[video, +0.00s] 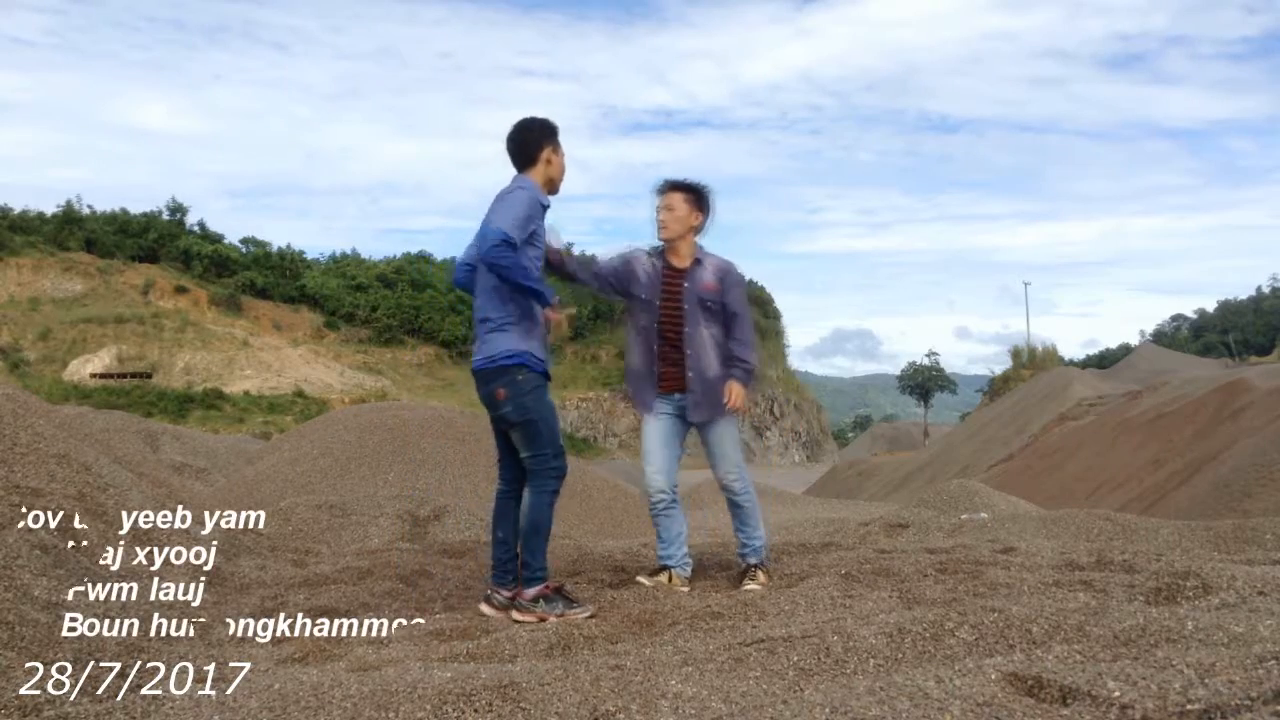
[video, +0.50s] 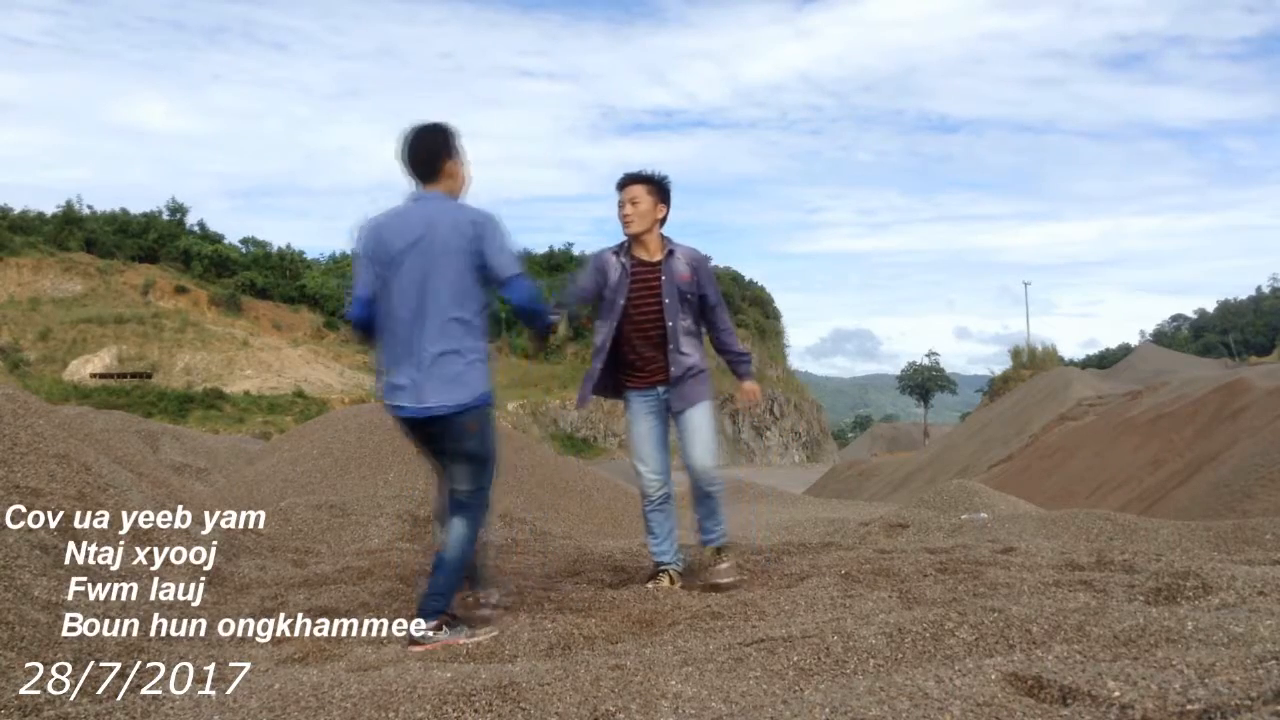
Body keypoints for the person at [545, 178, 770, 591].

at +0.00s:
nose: (661, 217)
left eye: (670, 210)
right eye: (659, 210)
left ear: (697, 218)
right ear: (658, 217)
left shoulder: (722, 273)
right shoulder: (637, 266)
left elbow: (742, 331)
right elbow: (590, 271)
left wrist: (739, 376)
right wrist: (548, 251)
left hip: (710, 397)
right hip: (660, 400)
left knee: (732, 480)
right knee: (658, 487)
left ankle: (754, 562)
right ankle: (675, 569)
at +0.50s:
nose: (624, 212)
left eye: (634, 203)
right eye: (621, 205)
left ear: (661, 210)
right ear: (619, 213)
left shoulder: (690, 262)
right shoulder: (606, 264)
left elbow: (718, 321)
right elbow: (568, 296)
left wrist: (744, 373)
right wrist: (540, 311)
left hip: (688, 383)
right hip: (639, 392)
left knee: (702, 467)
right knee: (652, 483)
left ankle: (717, 549)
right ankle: (666, 567)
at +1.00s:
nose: (636, 204)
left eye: (646, 197)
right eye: (635, 197)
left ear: (674, 204)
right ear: (637, 204)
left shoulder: (701, 261)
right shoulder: (621, 264)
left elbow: (723, 330)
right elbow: (598, 325)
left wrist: (735, 392)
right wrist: (574, 382)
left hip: (685, 391)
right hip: (637, 391)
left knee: (687, 483)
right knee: (650, 486)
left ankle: (691, 576)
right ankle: (666, 567)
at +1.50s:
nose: (639, 195)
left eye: (649, 188)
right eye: (638, 188)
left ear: (677, 198)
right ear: (641, 197)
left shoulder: (699, 252)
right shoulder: (631, 257)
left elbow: (707, 323)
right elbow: (623, 325)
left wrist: (683, 366)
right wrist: (623, 385)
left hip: (685, 390)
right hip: (642, 391)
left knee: (690, 484)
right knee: (634, 482)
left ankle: (691, 577)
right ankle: (651, 570)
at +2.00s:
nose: (650, 199)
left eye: (660, 191)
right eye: (647, 192)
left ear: (687, 199)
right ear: (646, 199)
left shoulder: (709, 258)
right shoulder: (638, 258)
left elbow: (715, 332)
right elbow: (619, 326)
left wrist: (703, 392)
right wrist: (600, 385)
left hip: (686, 393)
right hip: (641, 392)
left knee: (692, 488)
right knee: (634, 485)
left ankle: (693, 577)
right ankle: (650, 571)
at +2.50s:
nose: (665, 204)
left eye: (674, 196)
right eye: (662, 197)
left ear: (702, 203)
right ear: (663, 203)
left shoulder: (718, 260)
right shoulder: (655, 261)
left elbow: (723, 331)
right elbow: (639, 325)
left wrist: (714, 394)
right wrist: (622, 384)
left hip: (696, 393)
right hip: (654, 391)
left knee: (698, 486)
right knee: (639, 477)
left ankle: (693, 576)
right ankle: (654, 567)